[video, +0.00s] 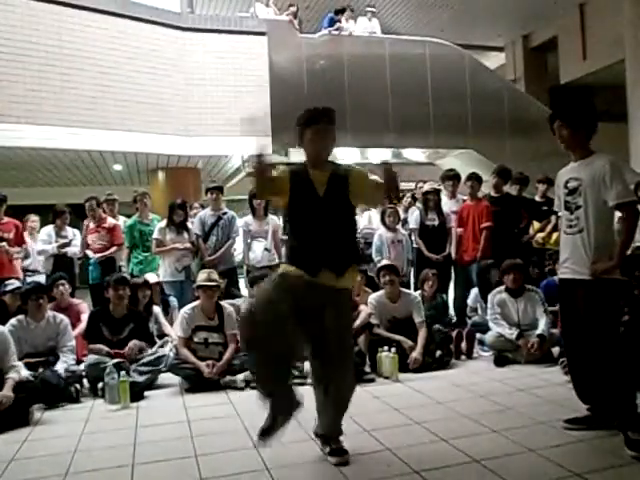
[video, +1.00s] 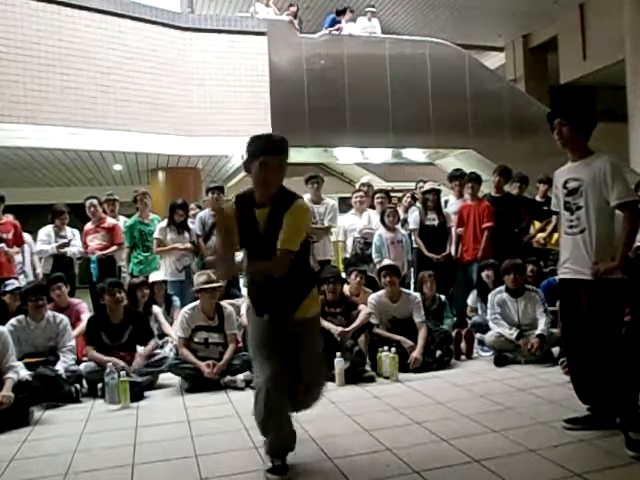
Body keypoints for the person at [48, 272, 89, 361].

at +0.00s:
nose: (61, 289)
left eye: (63, 285)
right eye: (57, 286)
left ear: (70, 288)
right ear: (52, 293)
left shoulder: (80, 305)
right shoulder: (50, 309)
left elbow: (84, 322)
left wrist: (72, 335)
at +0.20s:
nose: (61, 291)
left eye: (63, 286)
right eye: (57, 289)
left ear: (69, 289)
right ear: (53, 294)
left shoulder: (80, 305)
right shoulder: (50, 309)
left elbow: (83, 322)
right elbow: (47, 327)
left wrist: (71, 335)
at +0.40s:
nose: (60, 289)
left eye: (63, 285)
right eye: (56, 287)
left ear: (69, 288)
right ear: (52, 293)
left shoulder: (80, 305)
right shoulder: (49, 309)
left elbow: (83, 322)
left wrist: (71, 335)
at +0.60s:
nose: (58, 289)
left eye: (61, 285)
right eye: (54, 287)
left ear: (68, 289)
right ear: (51, 293)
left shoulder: (80, 305)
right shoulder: (49, 309)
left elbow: (83, 322)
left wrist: (71, 335)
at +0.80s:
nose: (57, 293)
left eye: (59, 288)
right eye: (53, 290)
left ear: (67, 288)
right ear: (50, 294)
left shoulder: (79, 305)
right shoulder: (49, 309)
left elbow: (85, 322)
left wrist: (71, 336)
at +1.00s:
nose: (57, 293)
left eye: (59, 288)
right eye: (53, 290)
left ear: (67, 288)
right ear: (50, 294)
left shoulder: (79, 305)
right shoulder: (48, 310)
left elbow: (85, 321)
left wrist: (71, 335)